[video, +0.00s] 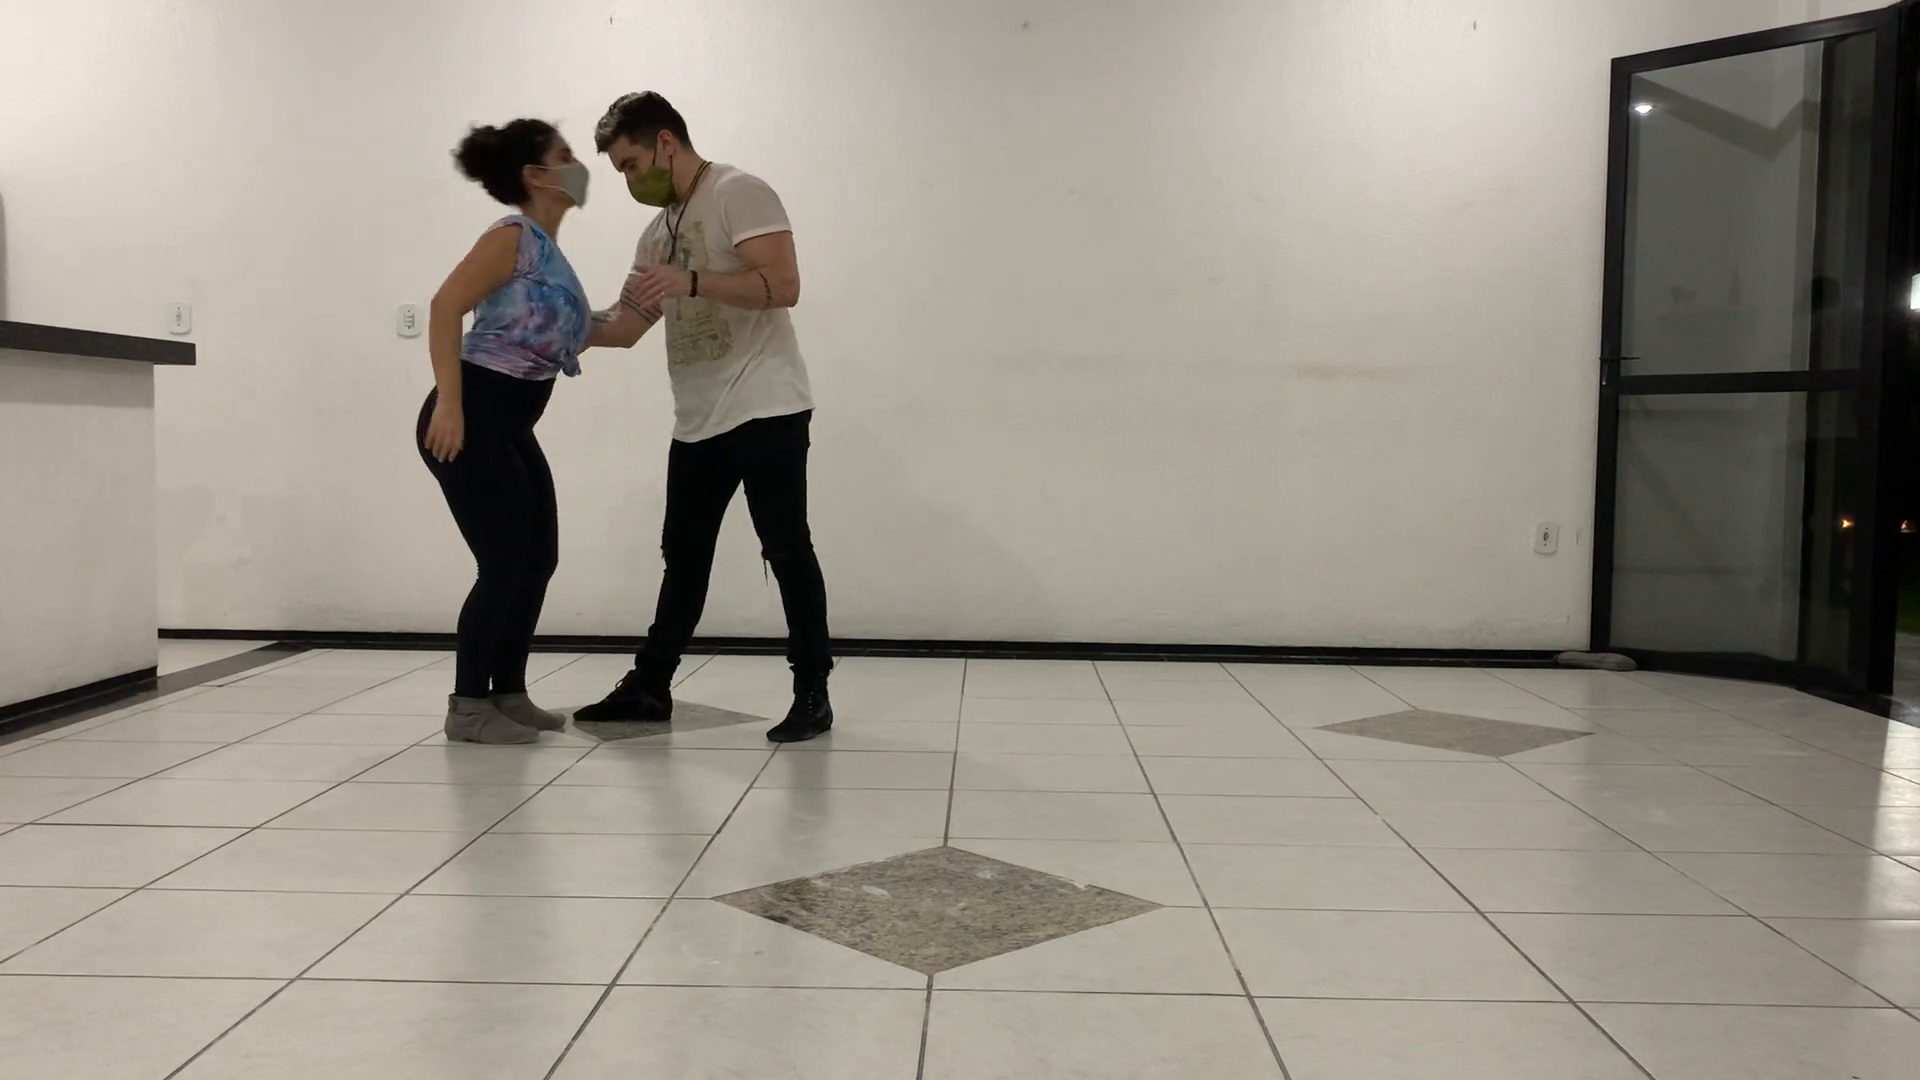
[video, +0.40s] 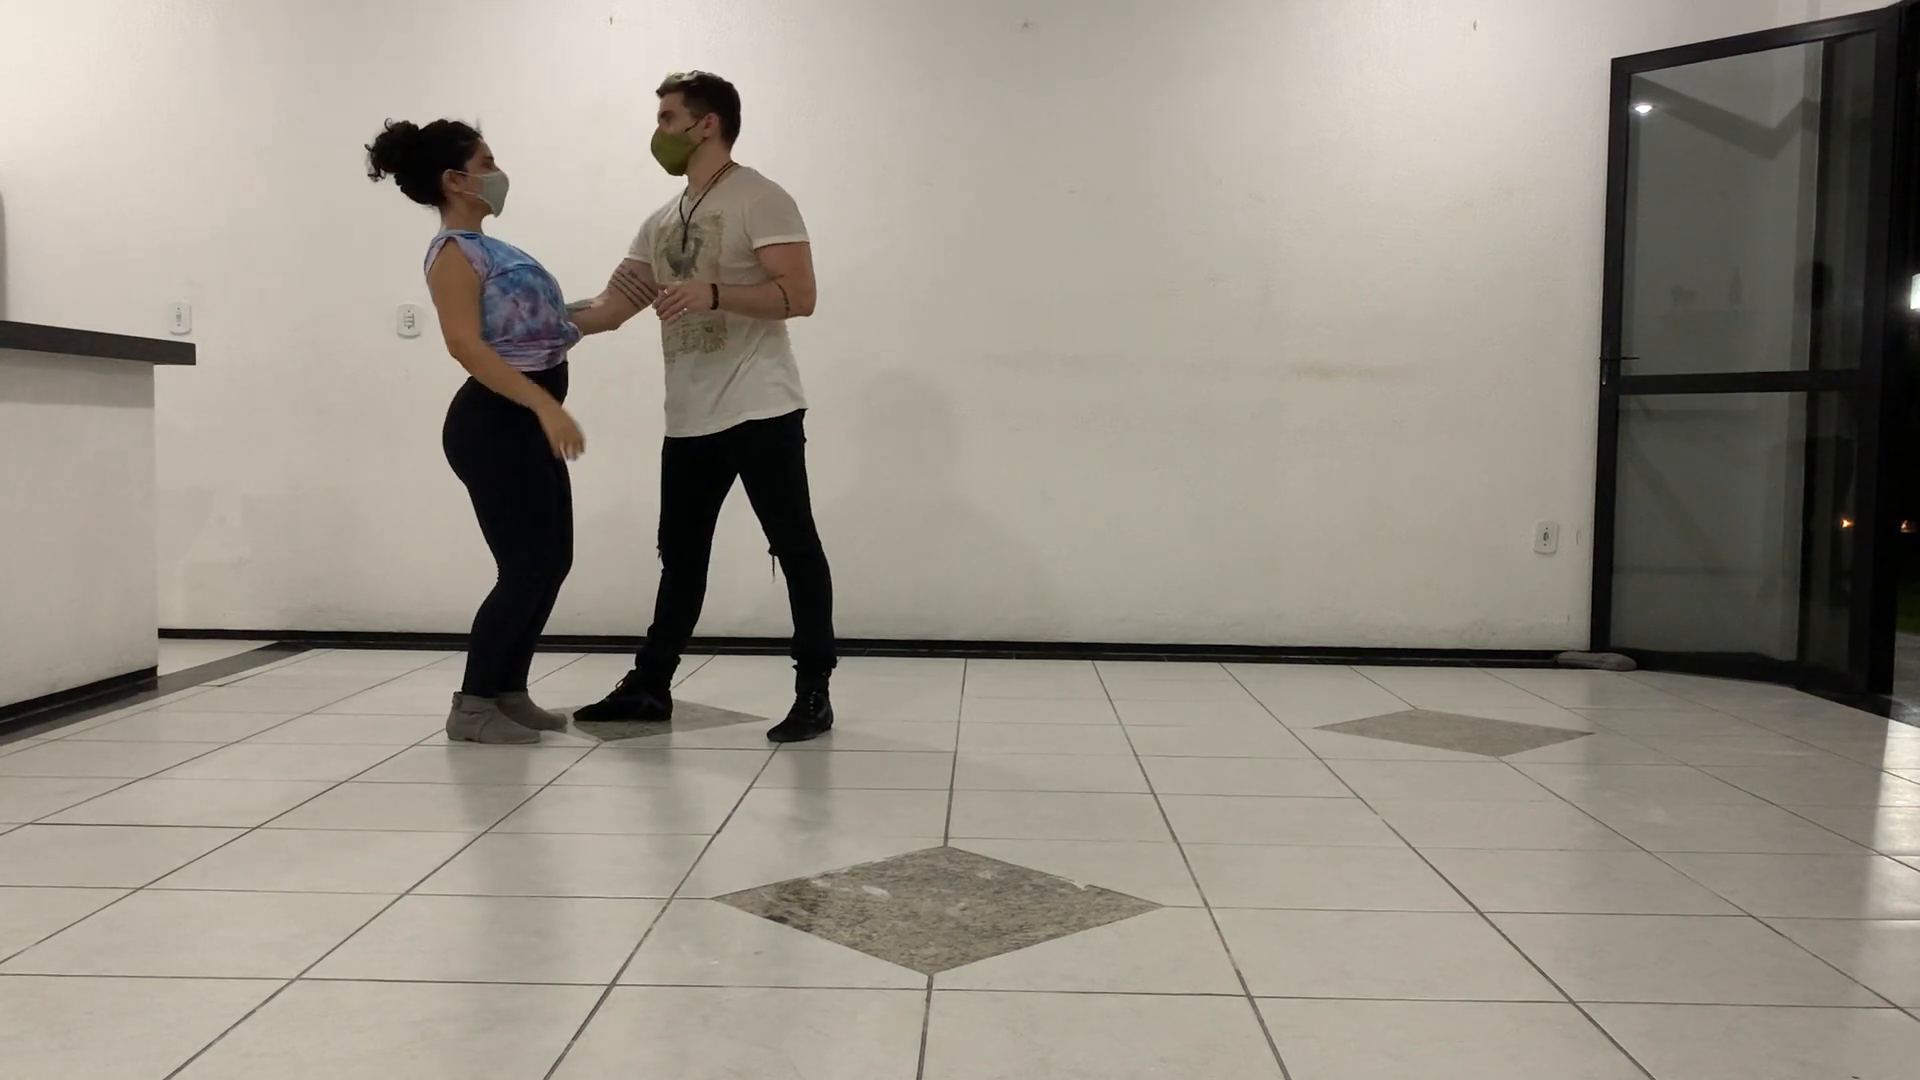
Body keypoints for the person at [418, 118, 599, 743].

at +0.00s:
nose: (579, 163)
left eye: (573, 153)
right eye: (565, 157)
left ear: (543, 175)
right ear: (534, 176)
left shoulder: (549, 261)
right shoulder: (512, 238)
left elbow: (620, 333)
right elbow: (445, 305)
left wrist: (658, 284)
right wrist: (448, 402)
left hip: (512, 419)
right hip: (472, 413)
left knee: (538, 552)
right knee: (506, 556)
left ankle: (506, 694)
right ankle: (469, 705)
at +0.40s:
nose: (498, 170)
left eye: (492, 160)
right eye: (486, 163)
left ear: (458, 182)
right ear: (454, 181)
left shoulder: (487, 248)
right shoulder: (453, 254)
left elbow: (545, 324)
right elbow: (465, 347)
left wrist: (619, 301)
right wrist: (543, 405)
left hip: (526, 417)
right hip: (491, 421)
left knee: (550, 558)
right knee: (526, 563)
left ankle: (507, 693)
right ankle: (474, 705)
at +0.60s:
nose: (492, 180)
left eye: (488, 169)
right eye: (481, 171)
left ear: (448, 185)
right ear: (446, 185)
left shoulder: (473, 250)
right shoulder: (443, 257)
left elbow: (543, 319)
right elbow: (477, 337)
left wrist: (620, 295)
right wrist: (573, 359)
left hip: (523, 417)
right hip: (493, 420)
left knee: (552, 558)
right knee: (527, 564)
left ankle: (509, 693)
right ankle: (474, 705)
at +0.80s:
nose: (494, 182)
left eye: (491, 170)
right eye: (484, 172)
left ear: (449, 185)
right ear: (448, 183)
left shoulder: (467, 250)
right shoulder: (439, 250)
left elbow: (543, 306)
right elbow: (479, 306)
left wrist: (620, 279)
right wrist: (569, 319)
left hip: (515, 415)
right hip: (491, 418)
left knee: (551, 556)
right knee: (529, 563)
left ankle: (508, 692)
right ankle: (475, 704)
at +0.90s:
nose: (495, 181)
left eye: (493, 170)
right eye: (485, 172)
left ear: (450, 184)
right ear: (451, 183)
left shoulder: (463, 247)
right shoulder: (439, 249)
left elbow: (515, 321)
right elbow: (487, 295)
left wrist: (570, 301)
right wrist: (573, 305)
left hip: (512, 415)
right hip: (488, 419)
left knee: (548, 557)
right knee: (528, 563)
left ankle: (507, 692)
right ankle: (475, 704)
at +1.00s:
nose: (498, 182)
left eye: (495, 170)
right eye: (488, 171)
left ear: (453, 182)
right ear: (454, 180)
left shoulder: (467, 248)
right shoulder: (440, 248)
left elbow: (518, 330)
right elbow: (495, 284)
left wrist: (578, 298)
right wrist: (579, 296)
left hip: (508, 414)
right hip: (485, 418)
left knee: (543, 559)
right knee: (527, 564)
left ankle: (507, 692)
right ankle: (474, 705)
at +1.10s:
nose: (501, 179)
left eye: (499, 167)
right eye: (492, 168)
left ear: (457, 179)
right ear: (458, 178)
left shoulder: (472, 247)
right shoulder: (443, 246)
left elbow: (514, 332)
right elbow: (497, 279)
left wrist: (574, 304)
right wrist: (582, 286)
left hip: (504, 417)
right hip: (480, 422)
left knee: (542, 558)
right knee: (525, 563)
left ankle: (506, 690)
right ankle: (473, 705)